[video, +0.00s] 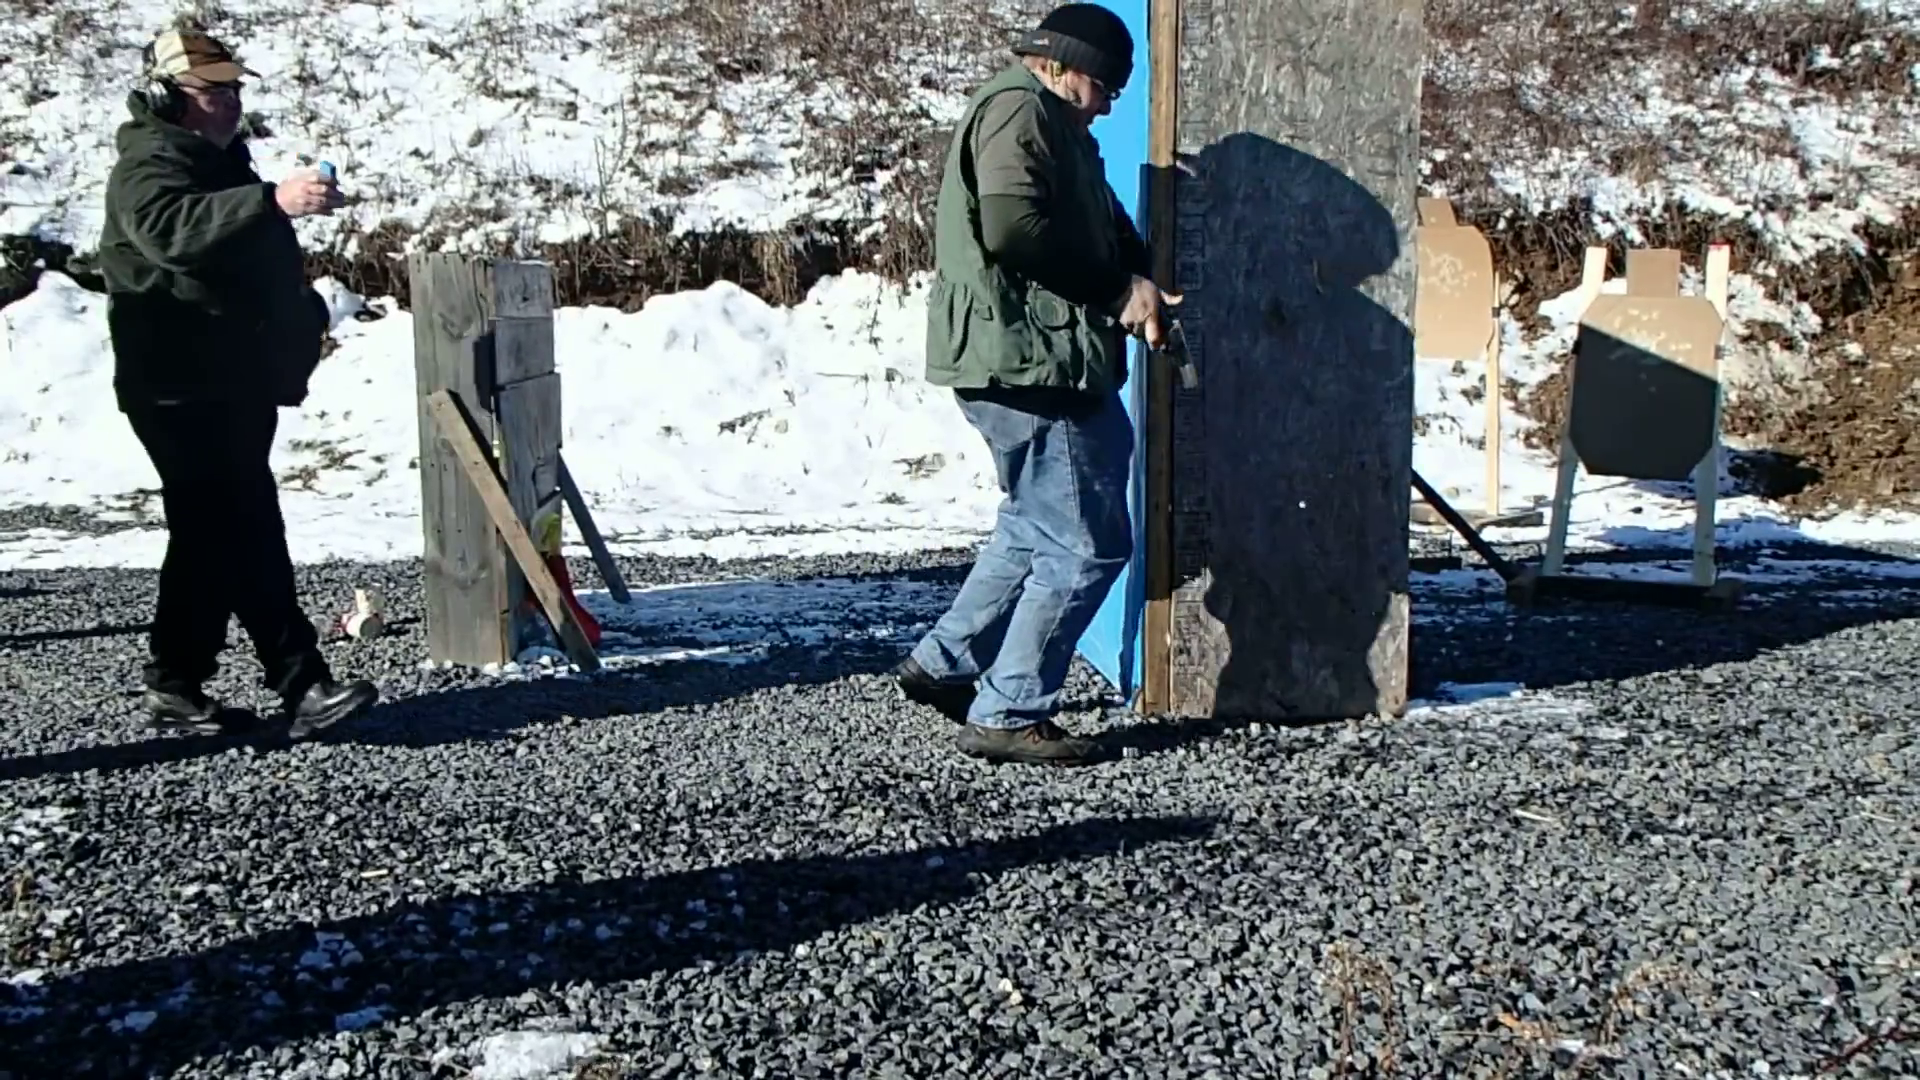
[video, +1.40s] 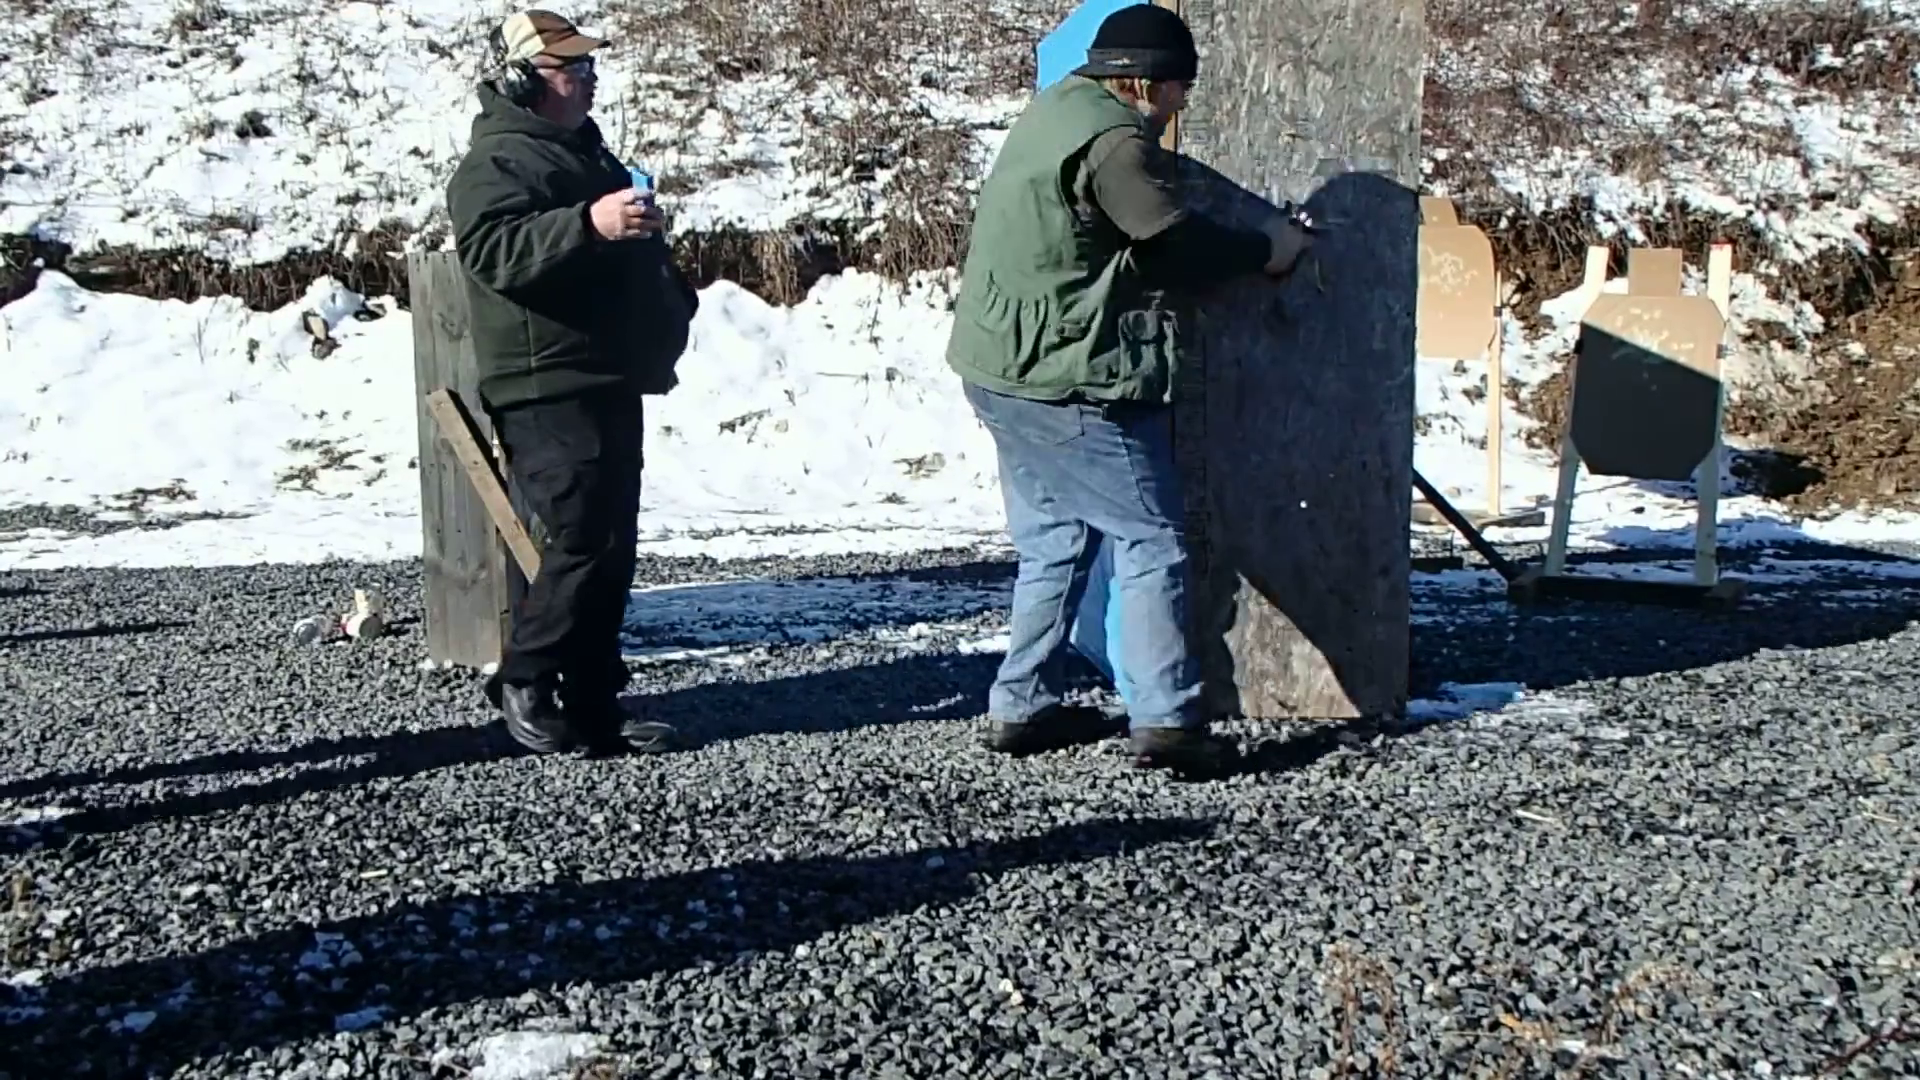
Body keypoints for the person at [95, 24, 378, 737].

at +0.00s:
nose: (234, 102)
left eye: (235, 89)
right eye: (219, 90)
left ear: (230, 90)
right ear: (179, 93)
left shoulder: (226, 161)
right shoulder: (147, 160)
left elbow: (258, 263)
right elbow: (175, 235)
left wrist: (304, 323)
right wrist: (273, 199)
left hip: (235, 383)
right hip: (180, 391)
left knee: (208, 533)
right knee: (249, 530)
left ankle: (174, 682)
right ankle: (302, 686)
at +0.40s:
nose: (344, 95)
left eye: (342, 83)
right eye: (331, 85)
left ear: (310, 96)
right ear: (293, 95)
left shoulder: (322, 156)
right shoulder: (257, 168)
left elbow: (354, 260)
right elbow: (277, 264)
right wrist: (379, 225)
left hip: (340, 386)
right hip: (296, 393)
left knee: (317, 538)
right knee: (355, 543)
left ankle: (214, 654)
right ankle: (380, 707)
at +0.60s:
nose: (398, 85)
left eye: (395, 72)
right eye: (383, 73)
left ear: (365, 84)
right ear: (342, 83)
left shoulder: (380, 148)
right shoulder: (304, 161)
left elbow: (410, 249)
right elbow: (324, 266)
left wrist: (456, 253)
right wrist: (426, 234)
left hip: (402, 378)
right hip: (338, 385)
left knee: (420, 525)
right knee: (373, 536)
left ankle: (300, 630)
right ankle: (380, 708)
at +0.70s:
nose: (419, 80)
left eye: (417, 67)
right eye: (404, 68)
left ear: (394, 79)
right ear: (360, 77)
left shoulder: (407, 147)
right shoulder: (322, 163)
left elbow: (440, 245)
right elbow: (343, 266)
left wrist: (477, 275)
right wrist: (444, 234)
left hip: (425, 379)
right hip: (359, 386)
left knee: (455, 523)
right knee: (384, 534)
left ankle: (386, 670)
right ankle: (378, 701)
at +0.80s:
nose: (443, 77)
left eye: (442, 64)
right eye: (428, 66)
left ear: (417, 76)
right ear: (385, 75)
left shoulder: (437, 147)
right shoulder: (344, 158)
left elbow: (468, 239)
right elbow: (356, 265)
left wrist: (505, 263)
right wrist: (464, 236)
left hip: (456, 380)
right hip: (381, 387)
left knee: (482, 537)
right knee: (396, 544)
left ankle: (477, 693)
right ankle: (382, 708)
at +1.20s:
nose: (549, 82)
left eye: (546, 71)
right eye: (534, 72)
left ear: (518, 84)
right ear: (492, 82)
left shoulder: (543, 159)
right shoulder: (452, 166)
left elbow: (581, 253)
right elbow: (460, 262)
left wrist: (622, 297)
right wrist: (558, 232)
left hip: (567, 386)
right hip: (491, 391)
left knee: (584, 547)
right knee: (508, 540)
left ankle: (588, 707)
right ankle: (420, 685)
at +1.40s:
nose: (591, 78)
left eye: (589, 66)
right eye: (577, 67)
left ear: (558, 77)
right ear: (536, 77)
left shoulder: (584, 149)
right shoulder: (495, 158)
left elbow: (625, 241)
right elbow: (497, 256)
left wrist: (657, 251)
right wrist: (590, 223)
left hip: (607, 375)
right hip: (543, 383)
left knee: (612, 543)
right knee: (578, 539)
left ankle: (592, 702)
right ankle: (525, 682)